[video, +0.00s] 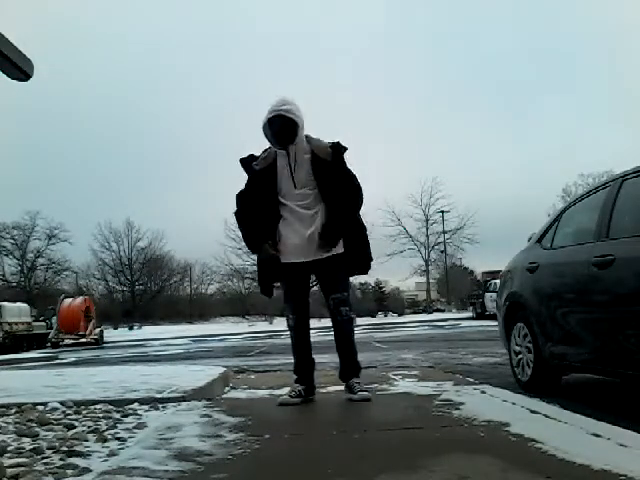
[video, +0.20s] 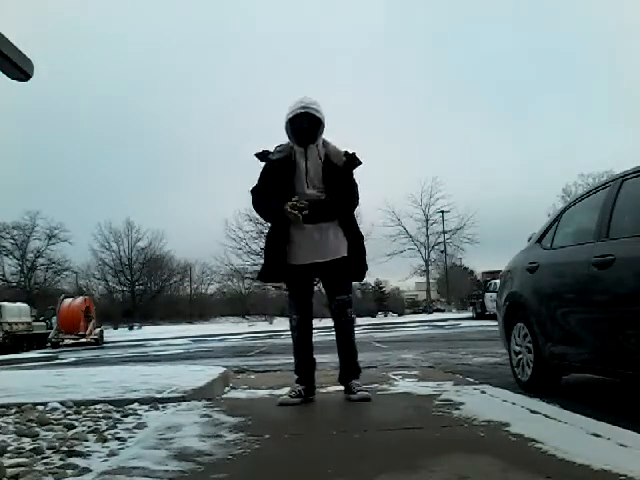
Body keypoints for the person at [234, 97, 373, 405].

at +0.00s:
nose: (279, 131)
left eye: (284, 124)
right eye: (273, 126)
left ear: (297, 125)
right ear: (267, 130)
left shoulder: (326, 155)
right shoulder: (263, 167)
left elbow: (352, 194)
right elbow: (247, 209)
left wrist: (337, 228)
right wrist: (261, 244)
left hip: (329, 251)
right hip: (288, 256)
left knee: (342, 314)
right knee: (297, 322)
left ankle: (352, 380)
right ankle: (304, 385)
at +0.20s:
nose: (304, 128)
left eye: (311, 122)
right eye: (298, 123)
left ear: (321, 125)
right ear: (289, 127)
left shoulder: (337, 160)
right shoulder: (278, 163)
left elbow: (348, 202)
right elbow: (260, 197)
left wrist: (312, 211)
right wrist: (282, 212)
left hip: (335, 254)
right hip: (295, 256)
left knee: (343, 317)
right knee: (300, 322)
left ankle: (351, 382)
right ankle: (304, 384)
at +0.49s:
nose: (333, 131)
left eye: (339, 125)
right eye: (327, 124)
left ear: (348, 129)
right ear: (316, 127)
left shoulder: (360, 164)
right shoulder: (300, 162)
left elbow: (368, 203)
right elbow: (286, 201)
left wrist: (327, 198)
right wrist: (323, 200)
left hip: (349, 252)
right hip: (309, 251)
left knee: (350, 316)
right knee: (307, 318)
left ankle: (352, 382)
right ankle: (305, 384)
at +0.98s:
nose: (331, 126)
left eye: (337, 120)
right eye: (325, 120)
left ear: (348, 123)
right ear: (316, 123)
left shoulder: (366, 157)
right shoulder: (303, 158)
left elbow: (387, 193)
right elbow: (285, 200)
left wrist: (361, 196)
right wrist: (307, 183)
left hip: (353, 252)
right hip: (314, 252)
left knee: (350, 317)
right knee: (317, 318)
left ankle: (352, 381)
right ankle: (318, 383)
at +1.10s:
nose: (330, 130)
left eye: (336, 124)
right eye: (324, 124)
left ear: (345, 128)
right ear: (314, 128)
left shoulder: (361, 164)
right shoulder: (301, 164)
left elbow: (371, 207)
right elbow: (286, 206)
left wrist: (371, 235)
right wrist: (297, 212)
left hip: (354, 256)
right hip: (319, 257)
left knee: (361, 314)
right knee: (325, 322)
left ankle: (359, 373)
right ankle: (321, 383)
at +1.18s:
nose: (333, 134)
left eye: (339, 128)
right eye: (327, 128)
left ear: (348, 132)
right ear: (318, 131)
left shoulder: (361, 168)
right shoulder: (302, 163)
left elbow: (371, 217)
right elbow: (279, 201)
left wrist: (376, 260)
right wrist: (297, 170)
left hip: (350, 247)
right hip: (314, 252)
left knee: (360, 290)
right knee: (318, 322)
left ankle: (358, 344)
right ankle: (320, 384)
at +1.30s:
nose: (343, 111)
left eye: (348, 106)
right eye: (337, 105)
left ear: (357, 112)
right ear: (326, 108)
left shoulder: (365, 147)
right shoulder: (314, 131)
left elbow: (372, 191)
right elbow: (299, 122)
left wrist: (375, 226)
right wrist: (310, 113)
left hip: (348, 226)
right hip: (315, 225)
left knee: (356, 274)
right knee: (316, 295)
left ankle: (349, 337)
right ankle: (316, 363)